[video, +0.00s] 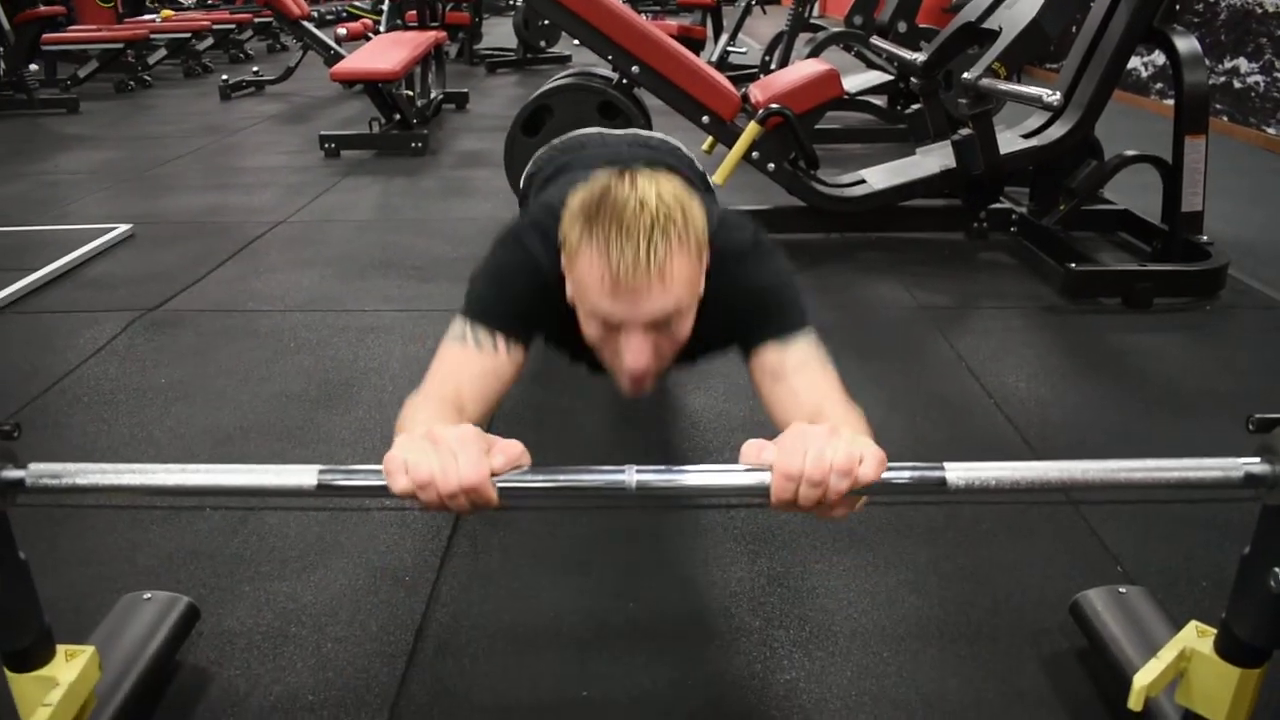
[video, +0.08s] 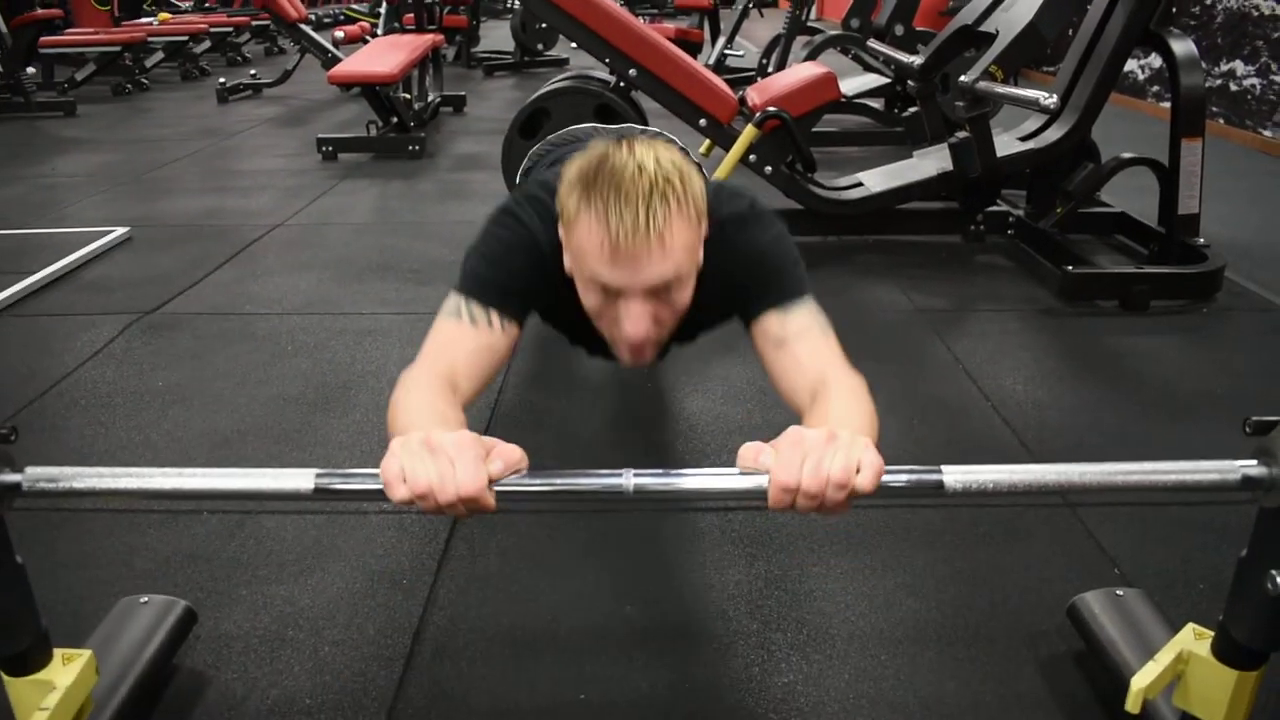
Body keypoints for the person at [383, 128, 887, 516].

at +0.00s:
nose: (636, 360)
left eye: (664, 325)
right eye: (607, 326)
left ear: (701, 272)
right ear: (568, 279)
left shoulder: (742, 253)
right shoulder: (529, 257)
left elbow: (827, 415)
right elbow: (444, 396)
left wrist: (825, 449)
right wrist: (437, 440)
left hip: (668, 150)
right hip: (559, 156)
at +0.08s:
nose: (636, 327)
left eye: (663, 292)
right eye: (607, 295)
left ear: (701, 240)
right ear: (566, 249)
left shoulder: (746, 235)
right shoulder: (523, 234)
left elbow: (830, 383)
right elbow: (433, 380)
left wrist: (833, 442)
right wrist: (432, 441)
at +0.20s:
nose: (632, 283)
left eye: (659, 248)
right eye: (602, 250)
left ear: (695, 210)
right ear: (561, 217)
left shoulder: (741, 208)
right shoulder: (521, 207)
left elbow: (831, 355)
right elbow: (426, 354)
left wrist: (828, 441)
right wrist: (436, 441)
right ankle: (576, 109)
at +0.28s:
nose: (627, 256)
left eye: (653, 222)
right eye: (596, 224)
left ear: (689, 185)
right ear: (558, 194)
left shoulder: (738, 191)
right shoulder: (518, 186)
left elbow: (824, 333)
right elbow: (426, 331)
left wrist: (824, 440)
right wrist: (437, 443)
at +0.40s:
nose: (620, 208)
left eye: (648, 174)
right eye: (591, 175)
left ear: (686, 142)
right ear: (553, 147)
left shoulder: (733, 157)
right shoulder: (512, 152)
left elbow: (808, 293)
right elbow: (433, 290)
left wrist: (818, 439)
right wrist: (438, 443)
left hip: (660, 275)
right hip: (570, 276)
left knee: (650, 288)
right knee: (594, 288)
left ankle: (648, 297)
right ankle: (598, 294)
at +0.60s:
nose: (614, 129)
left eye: (643, 93)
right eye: (582, 94)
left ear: (682, 63)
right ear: (543, 72)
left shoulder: (729, 103)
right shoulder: (504, 100)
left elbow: (781, 246)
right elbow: (456, 249)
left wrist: (818, 433)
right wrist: (439, 435)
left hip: (653, 223)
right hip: (565, 228)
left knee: (642, 258)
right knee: (584, 258)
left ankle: (640, 281)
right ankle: (596, 277)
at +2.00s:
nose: (618, 201)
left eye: (645, 169)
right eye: (590, 171)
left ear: (681, 132)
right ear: (549, 140)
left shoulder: (727, 151)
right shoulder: (507, 151)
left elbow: (794, 300)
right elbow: (452, 295)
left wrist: (827, 469)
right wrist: (440, 467)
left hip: (665, 247)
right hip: (563, 251)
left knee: (645, 273)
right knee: (582, 280)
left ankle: (638, 298)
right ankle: (599, 297)